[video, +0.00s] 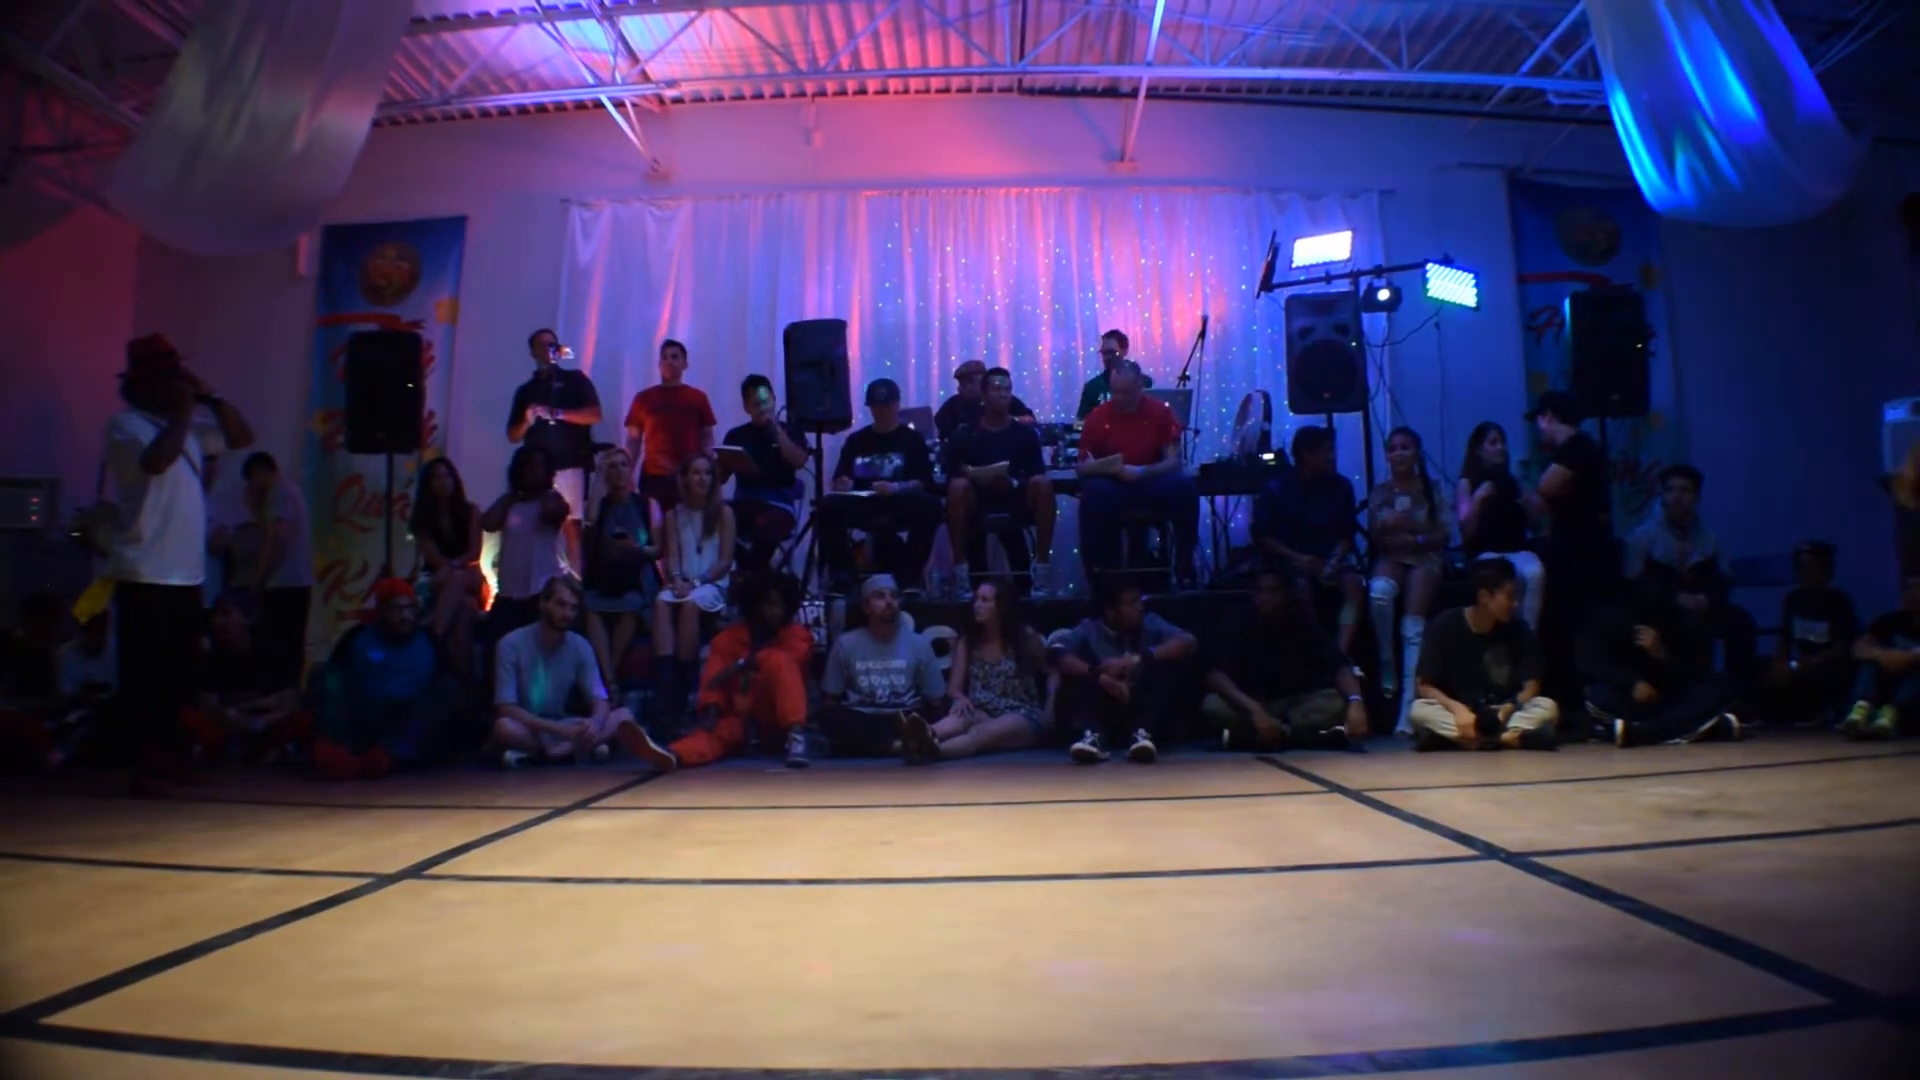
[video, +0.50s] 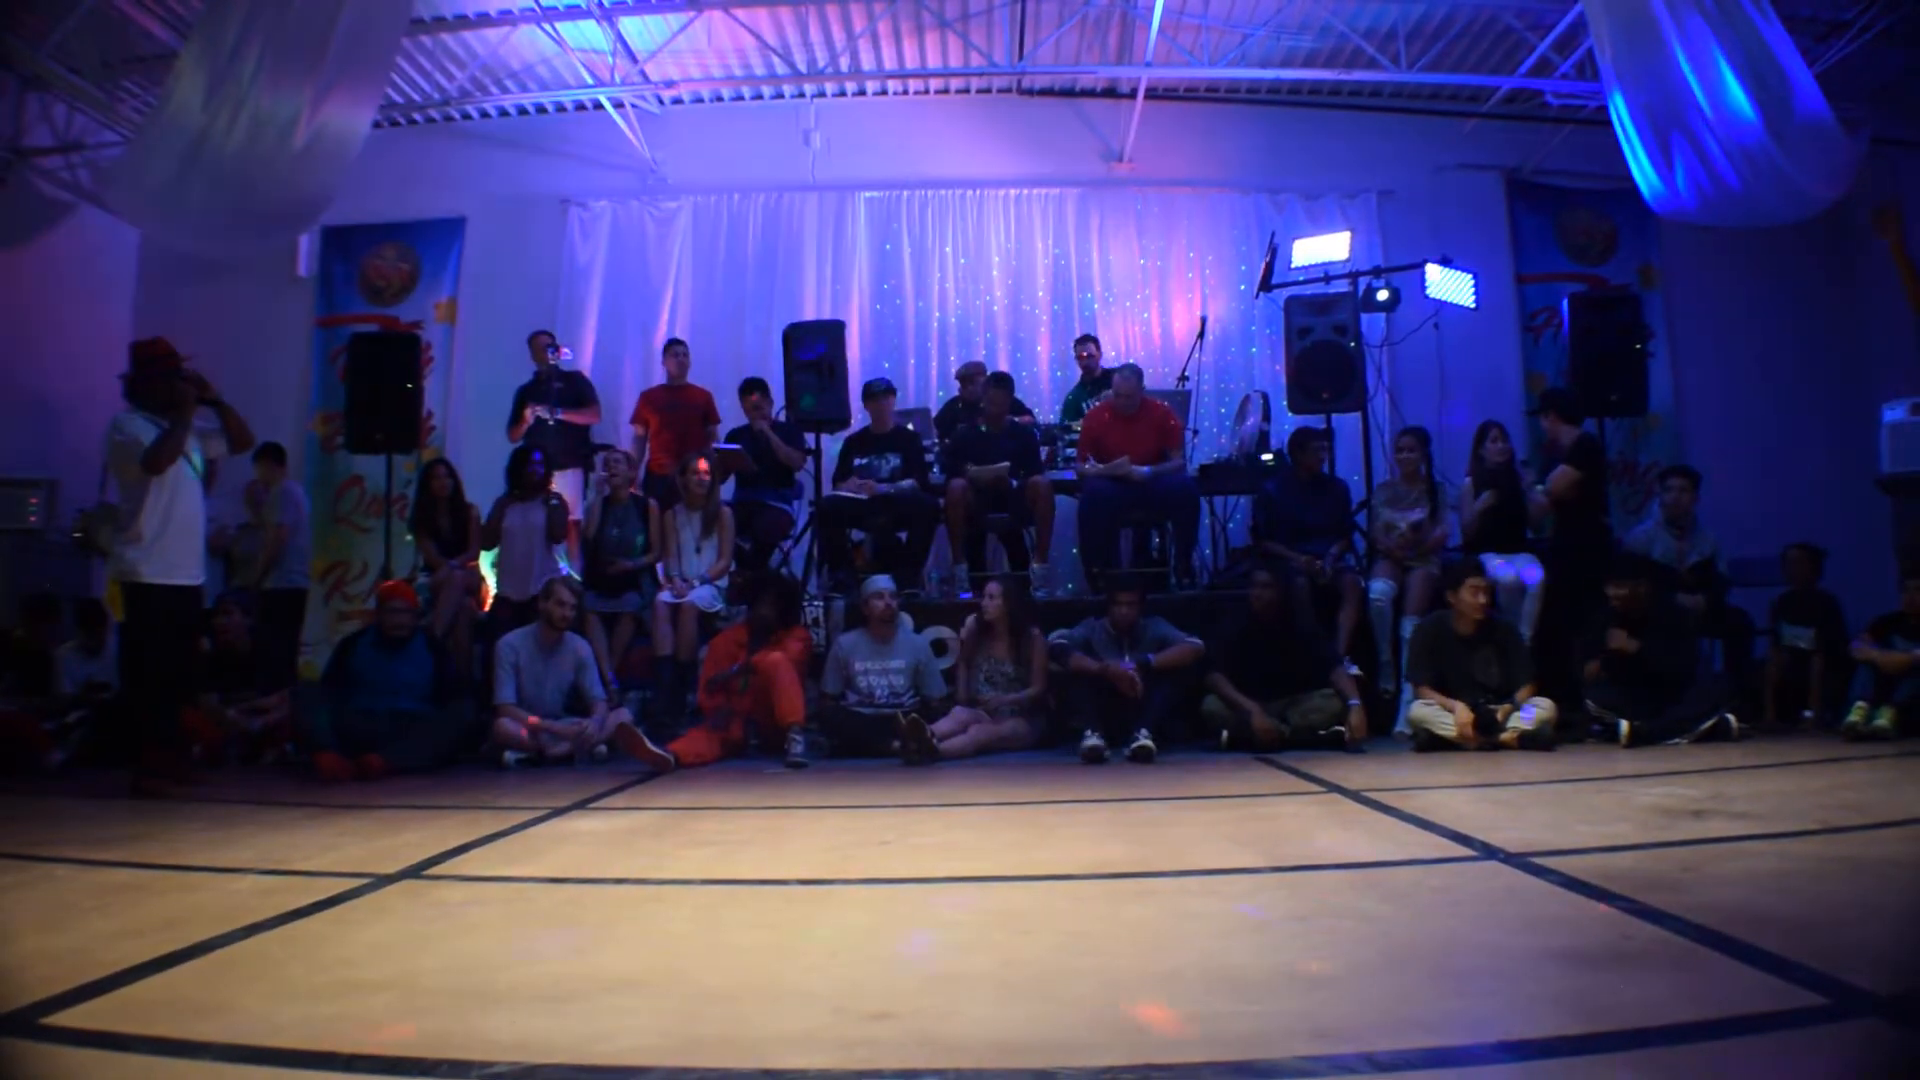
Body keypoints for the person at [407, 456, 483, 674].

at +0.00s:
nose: (443, 483)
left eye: (447, 477)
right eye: (437, 478)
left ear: (454, 480)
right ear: (428, 484)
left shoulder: (470, 511)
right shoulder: (423, 514)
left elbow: (475, 552)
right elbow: (429, 553)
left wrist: (452, 565)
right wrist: (453, 569)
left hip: (469, 572)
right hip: (437, 575)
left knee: (456, 578)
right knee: (465, 604)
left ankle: (435, 633)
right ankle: (461, 671)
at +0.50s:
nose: (443, 483)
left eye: (447, 477)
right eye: (436, 479)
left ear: (454, 481)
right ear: (427, 484)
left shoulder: (469, 511)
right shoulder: (422, 513)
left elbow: (474, 551)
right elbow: (429, 554)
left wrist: (450, 565)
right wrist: (454, 569)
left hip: (468, 572)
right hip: (436, 575)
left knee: (455, 577)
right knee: (465, 605)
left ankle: (434, 636)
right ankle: (462, 672)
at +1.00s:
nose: (439, 483)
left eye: (443, 477)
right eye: (433, 478)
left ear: (450, 480)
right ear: (424, 484)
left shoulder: (466, 511)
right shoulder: (418, 514)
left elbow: (471, 549)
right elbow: (425, 553)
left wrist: (448, 566)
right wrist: (449, 570)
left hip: (466, 573)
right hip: (433, 576)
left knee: (453, 577)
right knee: (462, 605)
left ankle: (431, 635)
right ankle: (458, 675)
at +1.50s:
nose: (440, 483)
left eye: (444, 477)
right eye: (434, 479)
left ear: (452, 481)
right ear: (425, 484)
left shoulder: (468, 512)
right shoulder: (420, 515)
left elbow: (473, 551)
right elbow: (426, 552)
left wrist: (451, 563)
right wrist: (448, 568)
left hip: (467, 571)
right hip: (435, 575)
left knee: (453, 578)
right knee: (464, 603)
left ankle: (434, 636)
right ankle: (458, 664)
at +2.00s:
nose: (440, 483)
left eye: (444, 477)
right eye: (434, 478)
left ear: (452, 481)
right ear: (425, 484)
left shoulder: (468, 512)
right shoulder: (420, 515)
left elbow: (472, 551)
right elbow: (427, 553)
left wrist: (451, 563)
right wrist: (447, 568)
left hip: (467, 572)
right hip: (434, 575)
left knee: (454, 577)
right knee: (464, 603)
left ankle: (434, 636)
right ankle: (457, 666)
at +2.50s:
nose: (439, 483)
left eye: (443, 477)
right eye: (433, 478)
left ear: (452, 481)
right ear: (424, 484)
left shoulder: (469, 512)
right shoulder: (420, 514)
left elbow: (473, 551)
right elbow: (427, 550)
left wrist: (450, 566)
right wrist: (448, 568)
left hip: (467, 570)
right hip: (435, 573)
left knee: (456, 577)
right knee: (461, 601)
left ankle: (434, 636)